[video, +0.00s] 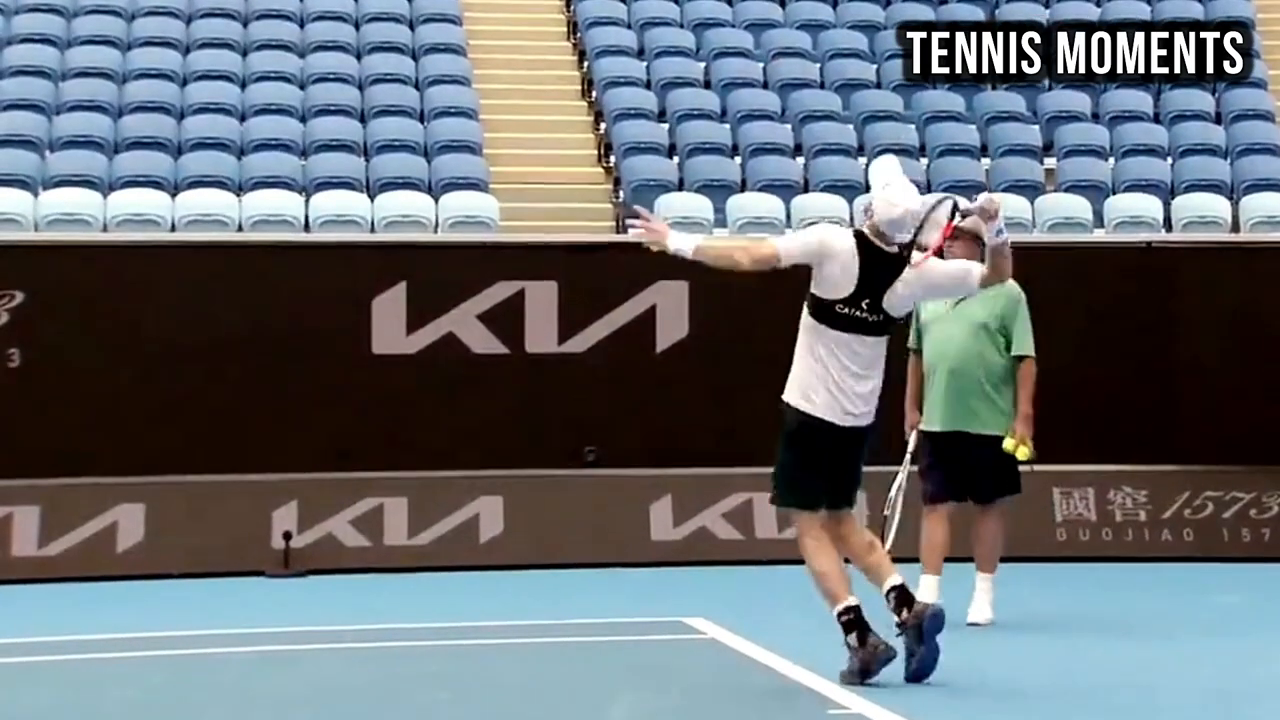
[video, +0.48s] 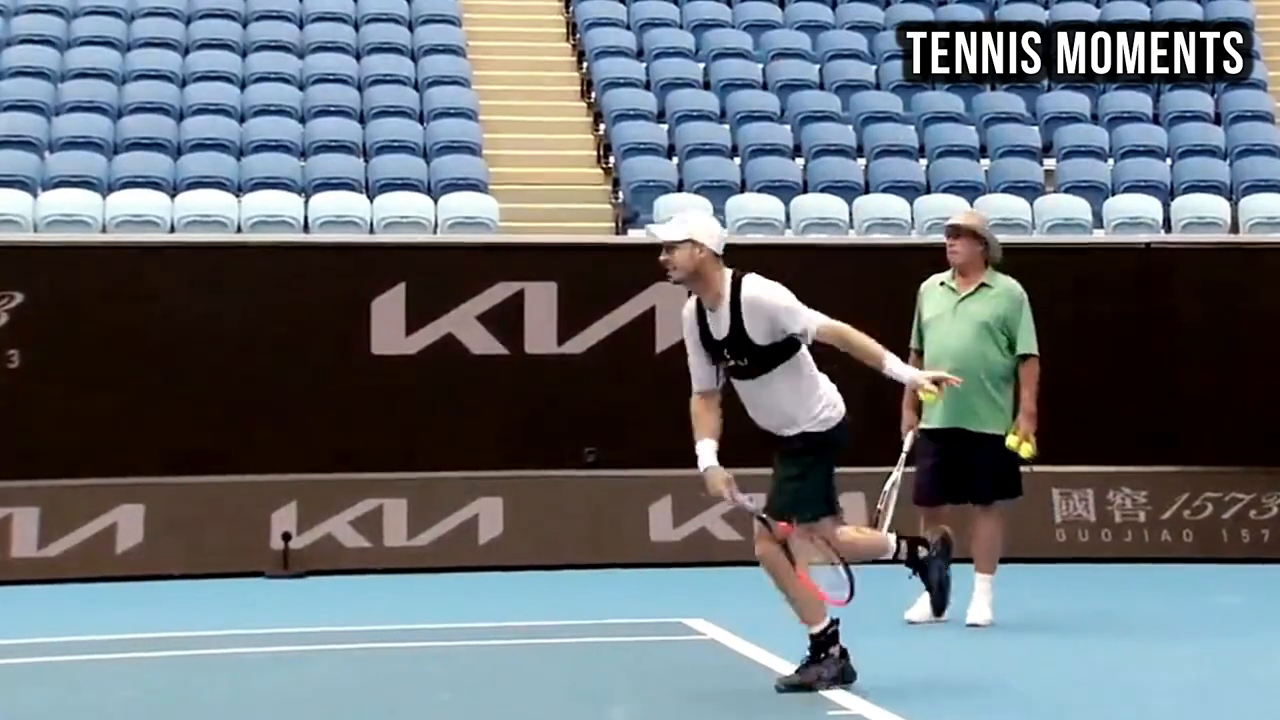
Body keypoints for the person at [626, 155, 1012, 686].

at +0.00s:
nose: (867, 206)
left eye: (871, 204)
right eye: (885, 207)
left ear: (868, 214)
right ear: (911, 227)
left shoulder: (829, 242)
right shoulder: (918, 274)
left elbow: (750, 257)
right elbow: (997, 272)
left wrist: (674, 242)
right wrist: (993, 229)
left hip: (810, 409)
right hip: (859, 417)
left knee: (810, 529)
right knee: (844, 522)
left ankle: (860, 639)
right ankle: (908, 609)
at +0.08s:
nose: (834, 173)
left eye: (837, 171)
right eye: (844, 172)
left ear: (835, 184)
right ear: (866, 192)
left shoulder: (804, 241)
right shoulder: (874, 226)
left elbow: (771, 318)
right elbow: (911, 189)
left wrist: (710, 332)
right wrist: (940, 180)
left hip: (811, 385)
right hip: (858, 382)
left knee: (817, 513)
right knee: (861, 494)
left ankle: (850, 634)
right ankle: (902, 599)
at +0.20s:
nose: (759, 165)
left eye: (767, 161)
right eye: (763, 158)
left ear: (787, 180)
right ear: (786, 179)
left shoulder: (801, 254)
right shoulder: (787, 203)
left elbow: (791, 335)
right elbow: (746, 123)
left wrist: (735, 315)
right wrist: (719, 53)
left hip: (840, 375)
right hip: (860, 362)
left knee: (814, 500)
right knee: (868, 479)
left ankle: (829, 625)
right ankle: (881, 601)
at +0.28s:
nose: (733, 188)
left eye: (742, 182)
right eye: (735, 181)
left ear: (771, 194)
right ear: (760, 194)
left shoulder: (800, 260)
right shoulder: (756, 225)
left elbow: (827, 342)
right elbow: (689, 196)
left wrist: (766, 367)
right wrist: (619, 187)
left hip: (843, 382)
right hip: (839, 371)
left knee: (807, 511)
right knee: (866, 483)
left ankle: (825, 643)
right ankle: (908, 595)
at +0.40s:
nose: (696, 235)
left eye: (705, 226)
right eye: (697, 227)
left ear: (734, 232)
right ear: (719, 237)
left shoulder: (784, 288)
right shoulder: (713, 291)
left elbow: (849, 350)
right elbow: (679, 356)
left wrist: (873, 423)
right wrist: (657, 419)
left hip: (830, 422)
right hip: (806, 422)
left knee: (786, 539)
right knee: (853, 525)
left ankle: (830, 655)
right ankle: (941, 569)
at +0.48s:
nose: (664, 258)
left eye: (673, 248)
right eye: (663, 249)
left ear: (703, 250)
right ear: (688, 255)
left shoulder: (761, 297)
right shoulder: (695, 313)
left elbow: (835, 333)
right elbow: (704, 396)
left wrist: (906, 373)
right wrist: (708, 463)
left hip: (816, 427)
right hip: (784, 432)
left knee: (769, 548)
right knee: (827, 540)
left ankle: (830, 653)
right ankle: (922, 553)